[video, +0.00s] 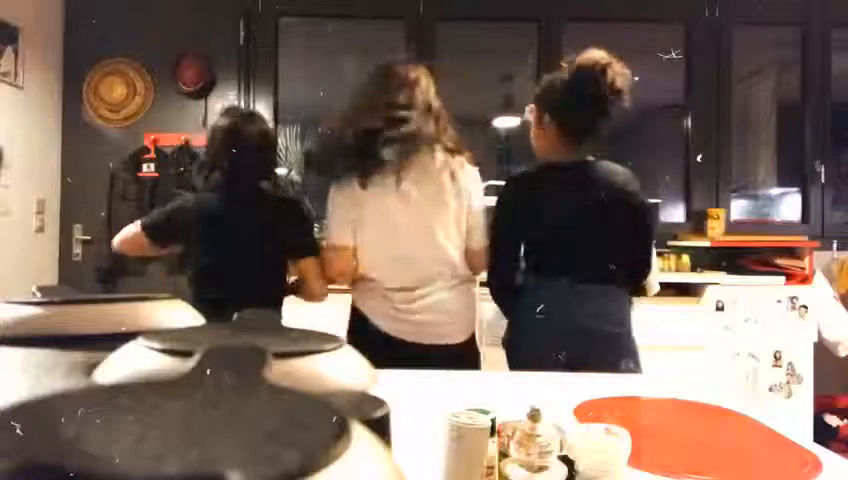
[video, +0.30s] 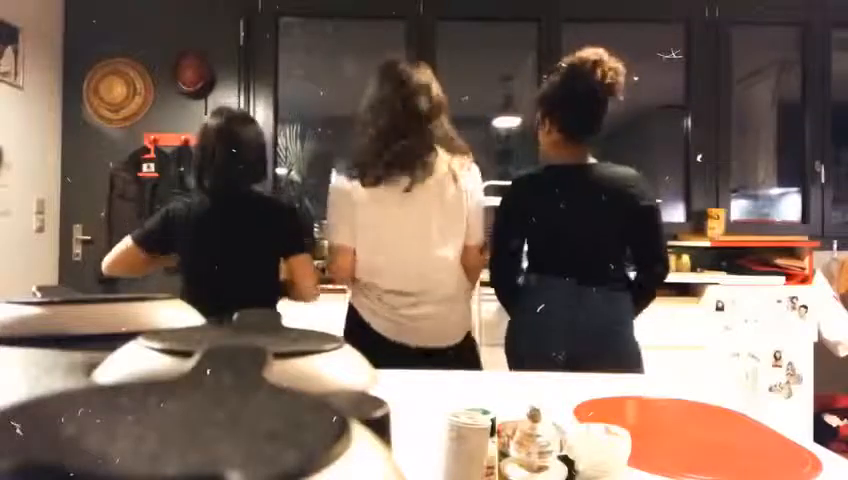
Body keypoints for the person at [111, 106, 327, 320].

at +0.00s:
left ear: (213, 155)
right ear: (269, 155)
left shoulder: (195, 208)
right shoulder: (288, 209)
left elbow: (123, 243)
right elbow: (315, 290)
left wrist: (173, 246)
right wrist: (285, 281)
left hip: (206, 342)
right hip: (267, 344)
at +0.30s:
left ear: (201, 158)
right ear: (257, 157)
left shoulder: (182, 215)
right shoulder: (282, 215)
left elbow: (113, 265)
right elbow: (307, 291)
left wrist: (174, 258)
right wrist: (272, 276)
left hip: (199, 350)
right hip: (264, 351)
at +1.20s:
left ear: (192, 144)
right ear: (247, 145)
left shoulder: (170, 201)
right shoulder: (265, 200)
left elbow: (107, 255)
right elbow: (299, 277)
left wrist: (159, 247)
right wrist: (261, 261)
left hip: (195, 332)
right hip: (260, 331)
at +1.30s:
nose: (255, 153)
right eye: (252, 145)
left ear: (195, 155)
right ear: (248, 154)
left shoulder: (173, 213)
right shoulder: (271, 211)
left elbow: (111, 271)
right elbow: (302, 288)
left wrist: (165, 258)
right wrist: (270, 269)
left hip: (197, 345)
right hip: (262, 345)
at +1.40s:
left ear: (195, 144)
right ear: (250, 142)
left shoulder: (174, 202)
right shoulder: (272, 202)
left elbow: (111, 258)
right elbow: (302, 279)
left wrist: (163, 244)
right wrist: (264, 263)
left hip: (196, 336)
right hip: (260, 337)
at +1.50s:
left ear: (196, 144)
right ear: (250, 142)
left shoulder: (176, 200)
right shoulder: (272, 200)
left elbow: (112, 257)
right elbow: (302, 278)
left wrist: (163, 242)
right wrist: (264, 260)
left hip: (197, 331)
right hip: (262, 331)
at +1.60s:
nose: (184, 165)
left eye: (188, 155)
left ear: (196, 162)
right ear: (249, 158)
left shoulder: (183, 215)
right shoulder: (276, 211)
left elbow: (120, 276)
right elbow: (304, 287)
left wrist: (171, 259)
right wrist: (271, 270)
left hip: (205, 342)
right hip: (266, 342)